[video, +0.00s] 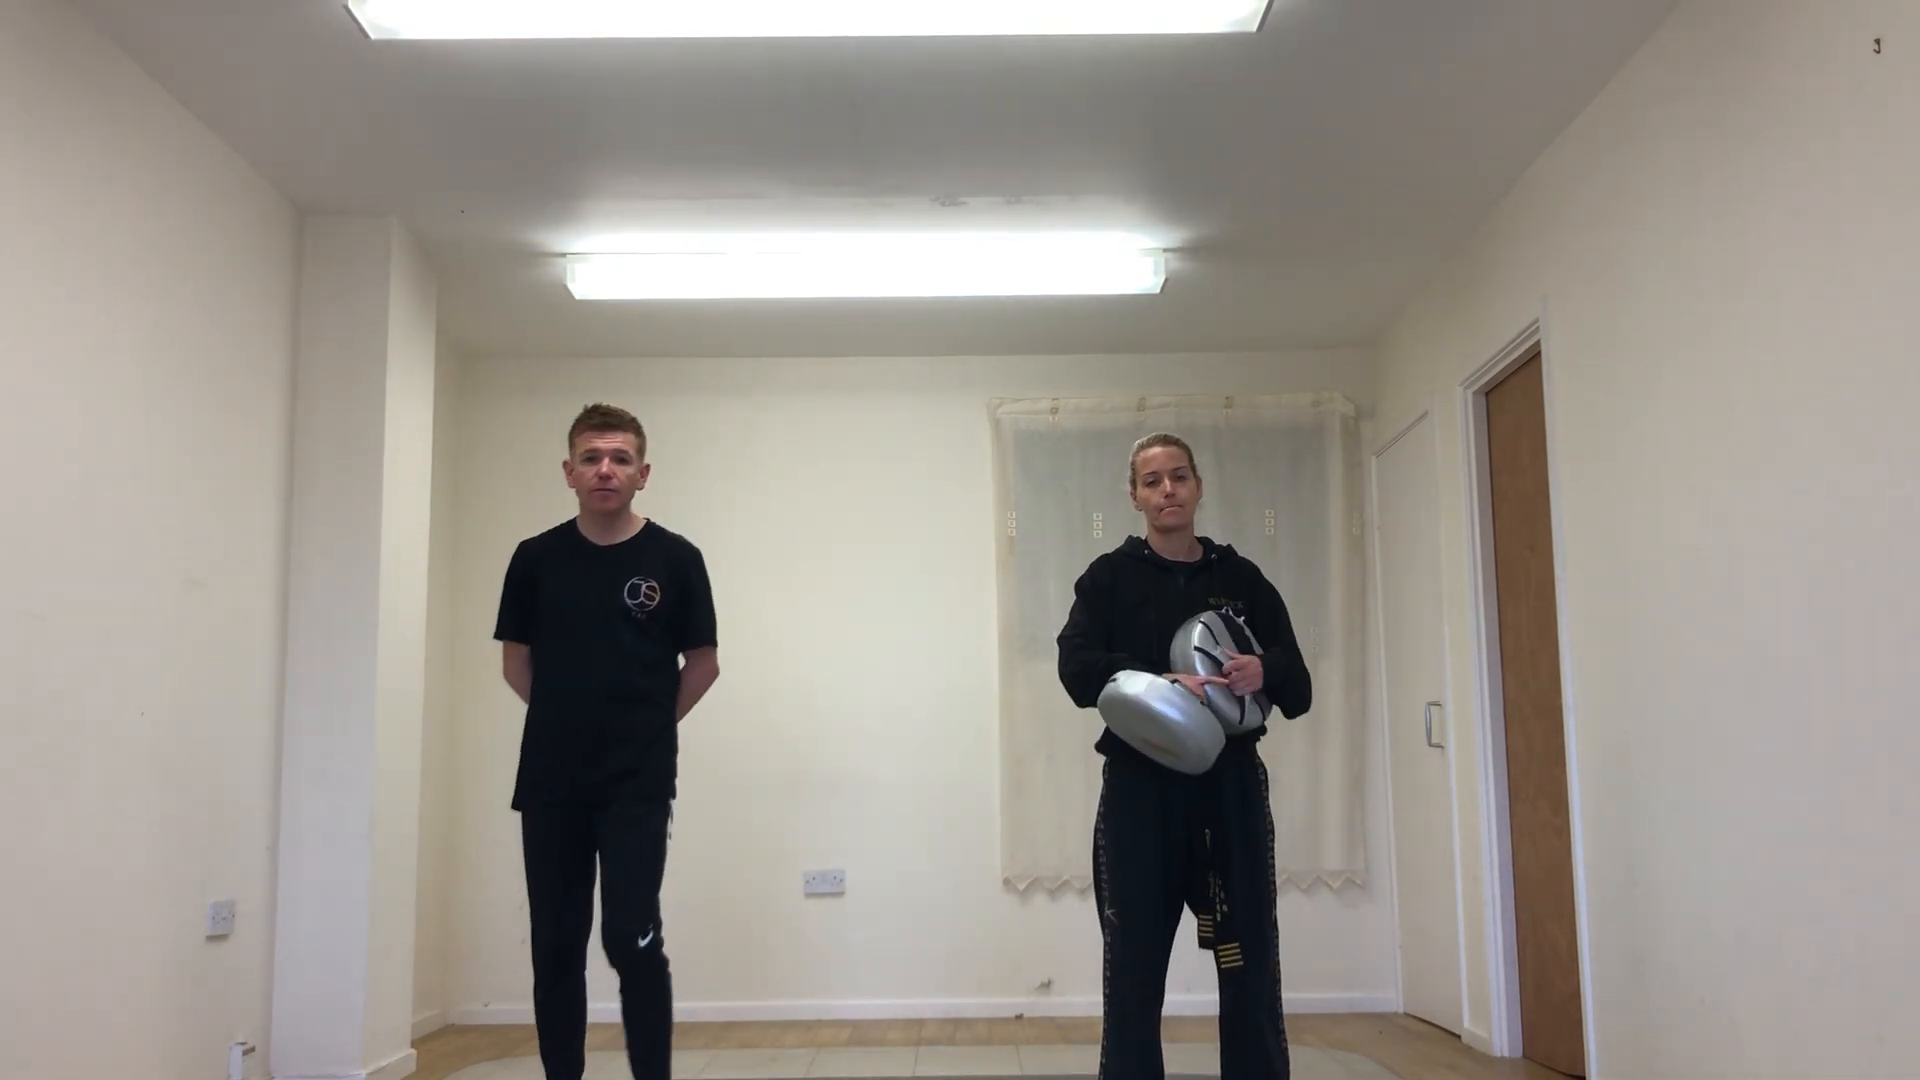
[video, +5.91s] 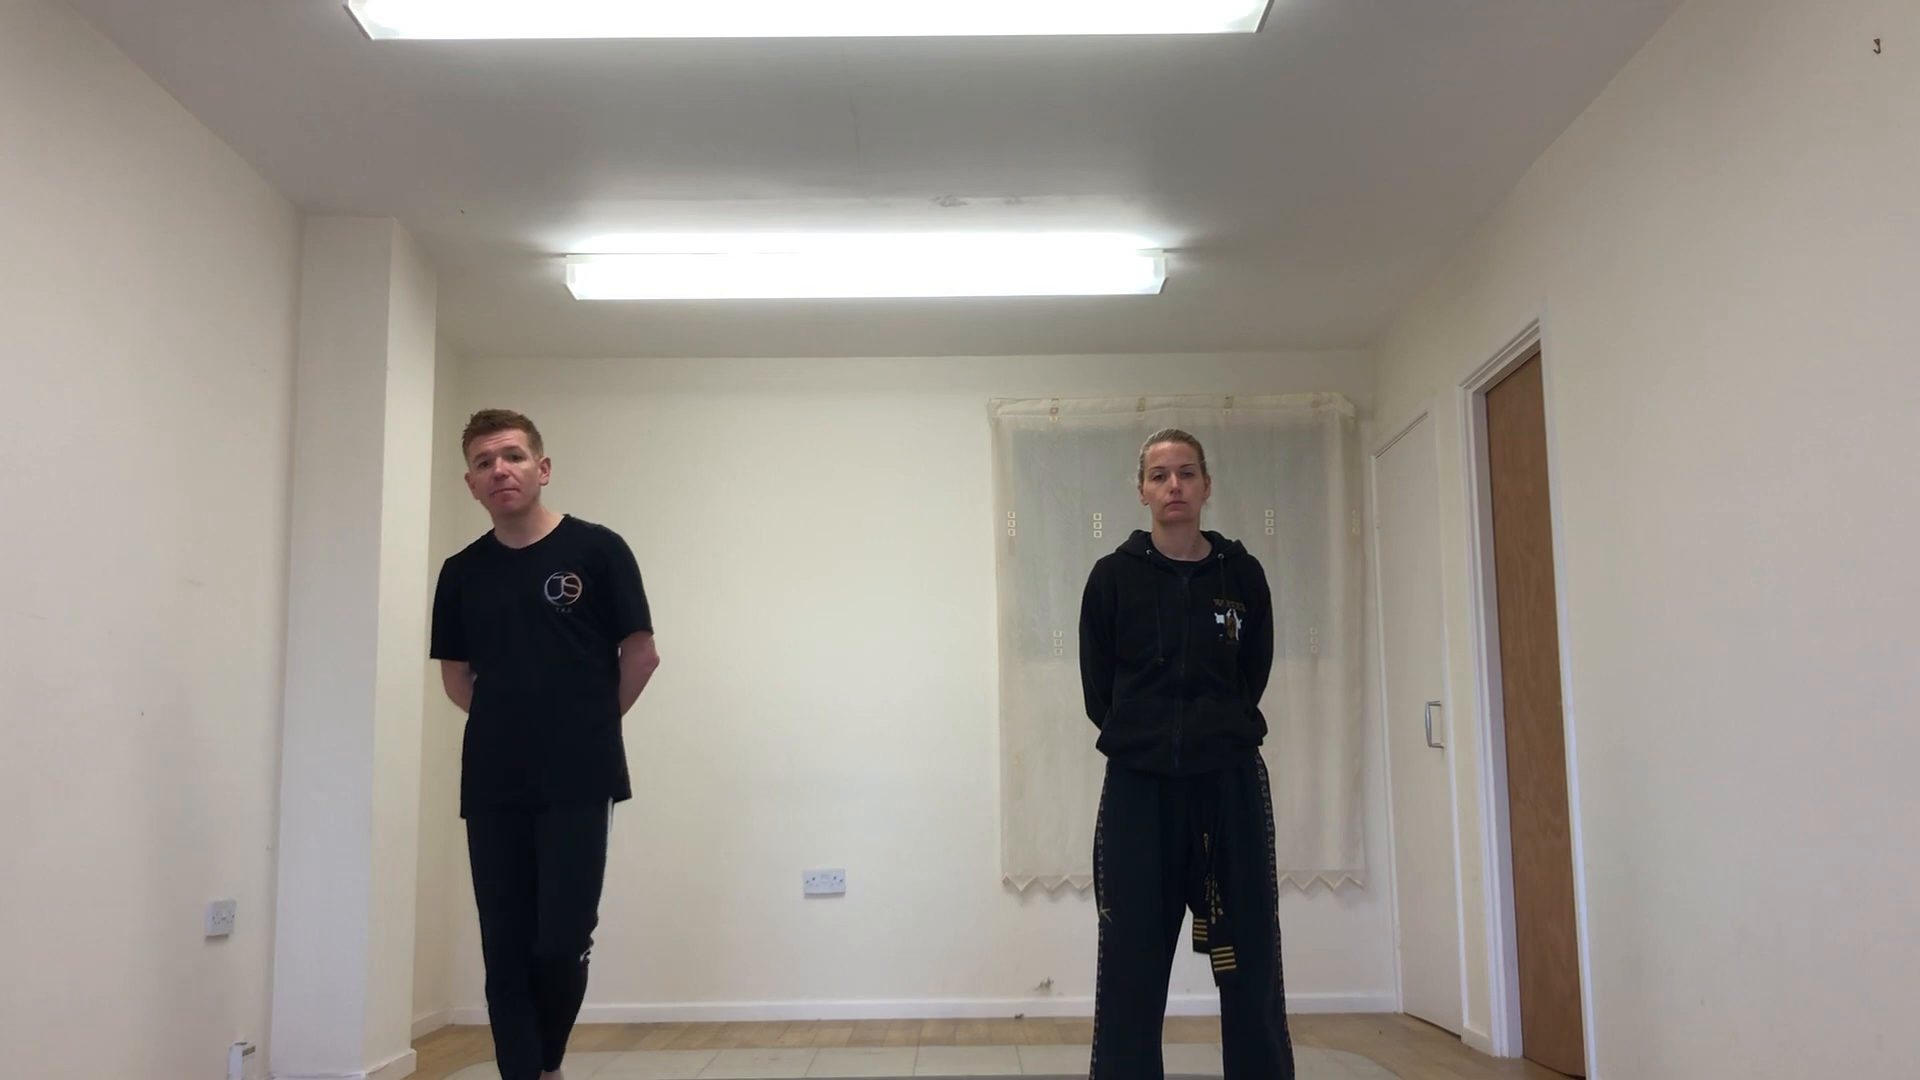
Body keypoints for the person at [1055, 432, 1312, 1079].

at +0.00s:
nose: (1167, 488)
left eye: (1178, 476)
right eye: (1152, 480)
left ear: (1198, 487)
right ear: (1135, 497)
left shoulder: (1241, 576)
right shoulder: (1109, 576)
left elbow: (1297, 693)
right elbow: (1077, 673)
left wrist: (1265, 672)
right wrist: (1160, 684)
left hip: (1233, 784)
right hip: (1140, 784)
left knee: (1251, 964)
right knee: (1134, 969)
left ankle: (1259, 1077)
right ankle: (1130, 1079)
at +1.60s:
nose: (1164, 487)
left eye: (1176, 475)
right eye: (1150, 479)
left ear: (1198, 485)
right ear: (1134, 495)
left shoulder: (1241, 574)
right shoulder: (1108, 578)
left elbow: (1305, 658)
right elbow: (1062, 669)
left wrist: (1288, 690)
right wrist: (1082, 723)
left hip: (1232, 794)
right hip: (1137, 798)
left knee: (1249, 973)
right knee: (1130, 977)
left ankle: (1258, 1077)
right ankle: (1125, 1078)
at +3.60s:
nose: (1174, 487)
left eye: (1187, 475)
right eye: (1160, 476)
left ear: (1206, 487)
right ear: (1142, 488)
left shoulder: (1239, 570)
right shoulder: (1110, 575)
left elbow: (1255, 668)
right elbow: (1094, 682)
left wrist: (1217, 730)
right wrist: (1137, 740)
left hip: (1229, 780)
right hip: (1138, 782)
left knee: (1249, 961)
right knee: (1130, 965)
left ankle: (1261, 1077)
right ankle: (1124, 1079)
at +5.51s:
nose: (1171, 484)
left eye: (1183, 473)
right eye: (1157, 475)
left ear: (1204, 485)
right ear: (1139, 489)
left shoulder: (1240, 569)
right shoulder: (1110, 574)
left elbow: (1256, 669)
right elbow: (1095, 683)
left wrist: (1217, 729)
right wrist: (1141, 737)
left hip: (1230, 780)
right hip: (1139, 781)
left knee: (1249, 961)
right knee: (1130, 964)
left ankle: (1261, 1077)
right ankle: (1124, 1078)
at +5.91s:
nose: (1173, 484)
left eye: (1185, 472)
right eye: (1159, 475)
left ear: (1206, 486)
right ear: (1142, 490)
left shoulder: (1242, 570)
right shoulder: (1112, 574)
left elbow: (1256, 669)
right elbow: (1096, 681)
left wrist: (1217, 729)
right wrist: (1140, 738)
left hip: (1231, 778)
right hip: (1139, 780)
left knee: (1249, 957)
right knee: (1131, 961)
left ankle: (1262, 1076)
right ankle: (1125, 1076)